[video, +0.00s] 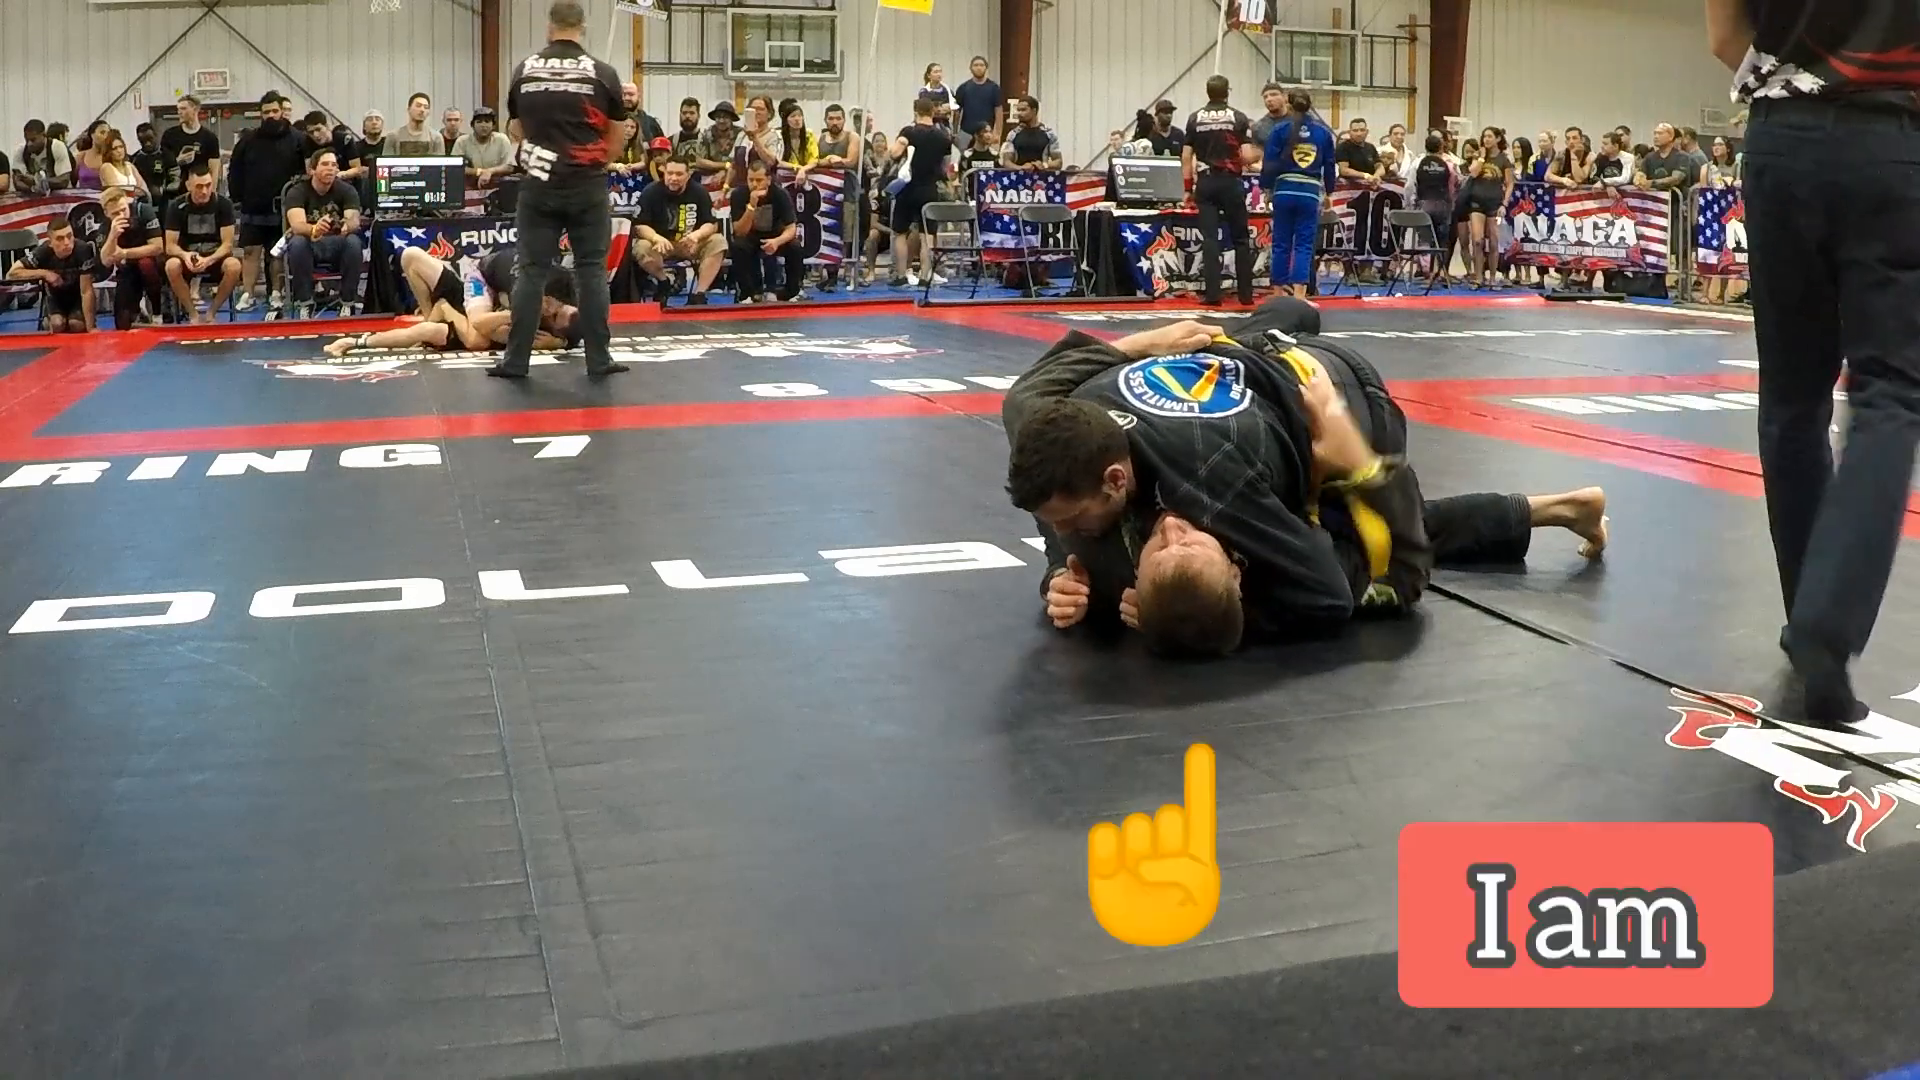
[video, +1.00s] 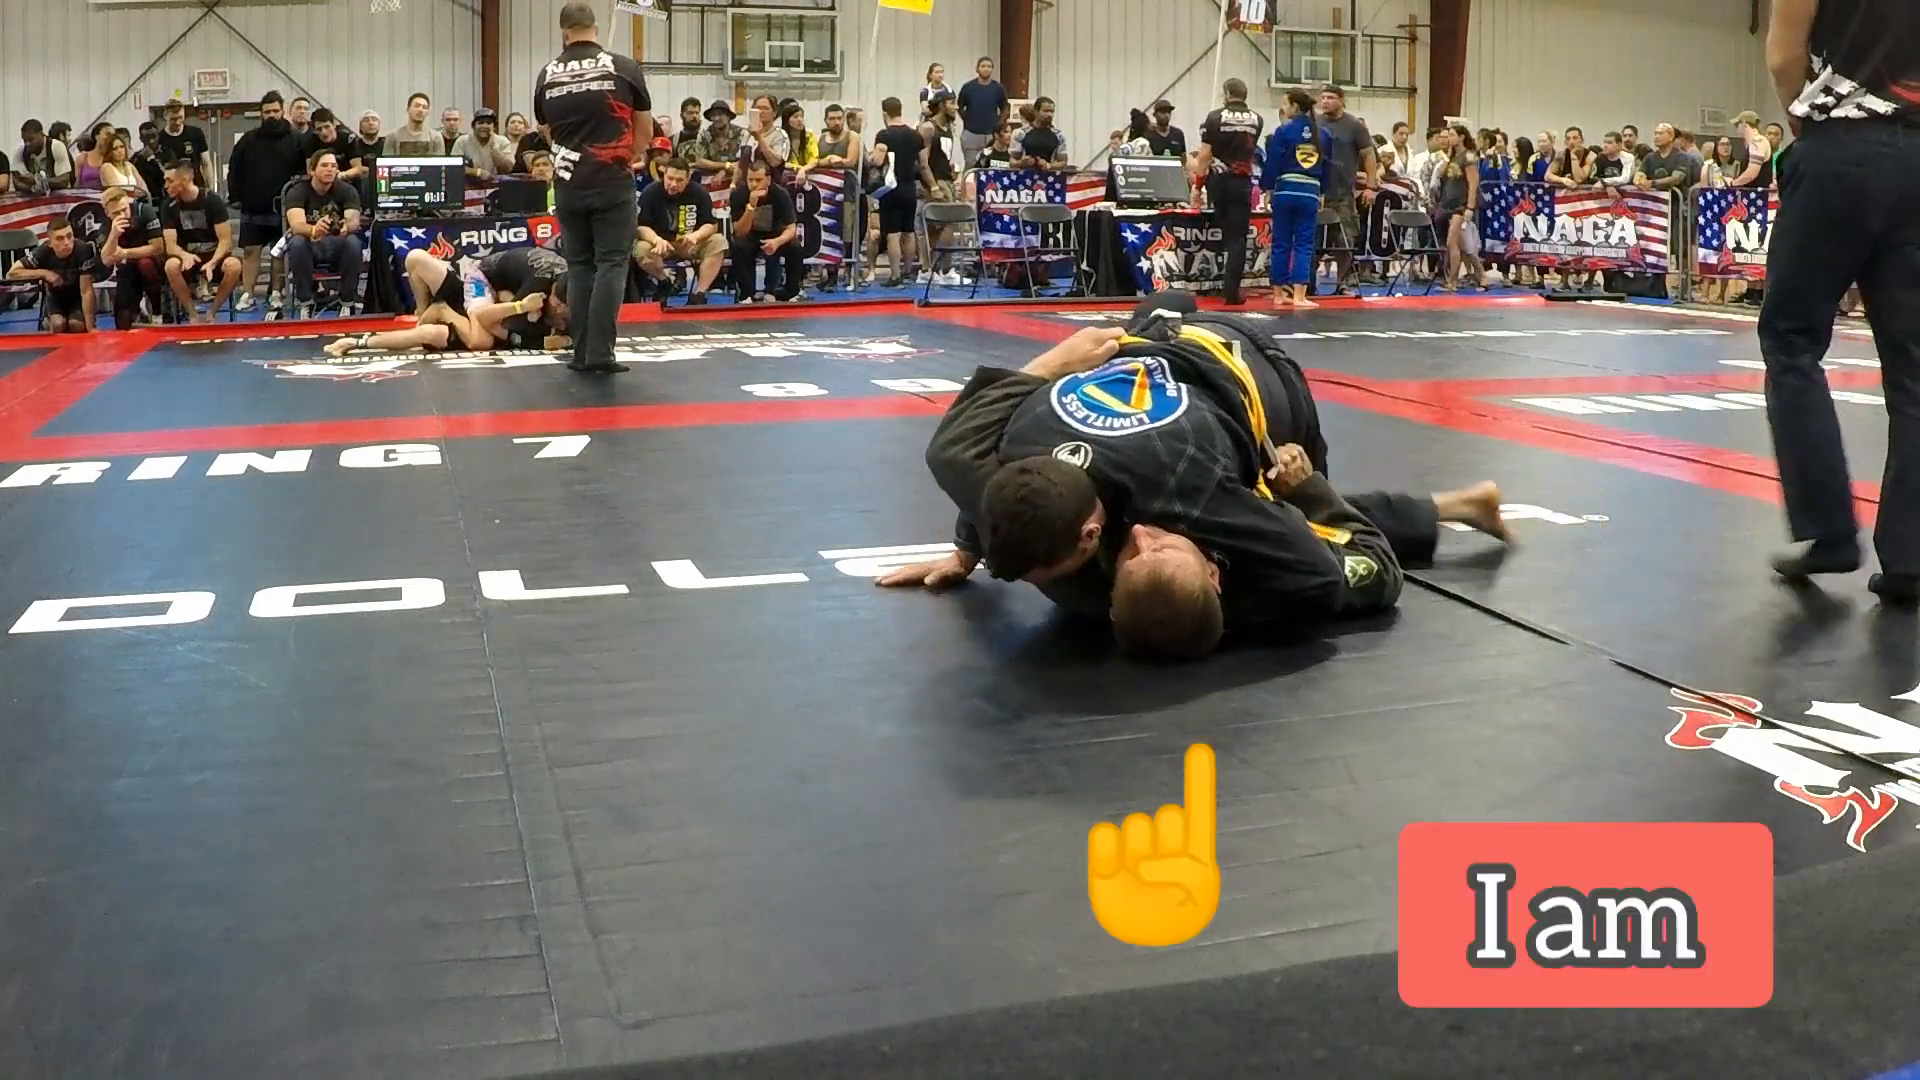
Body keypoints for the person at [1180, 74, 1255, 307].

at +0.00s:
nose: (1225, 94)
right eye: (1226, 90)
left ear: (1207, 93)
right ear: (1227, 93)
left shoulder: (1194, 119)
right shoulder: (1239, 118)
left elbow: (1186, 157)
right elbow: (1248, 156)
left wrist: (1188, 189)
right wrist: (1236, 160)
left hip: (1205, 180)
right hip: (1231, 181)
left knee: (1209, 239)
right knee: (1241, 238)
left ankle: (1212, 295)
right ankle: (1245, 295)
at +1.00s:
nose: (1226, 96)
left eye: (1225, 93)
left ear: (1226, 95)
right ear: (1245, 96)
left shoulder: (1214, 117)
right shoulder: (1256, 119)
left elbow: (1204, 155)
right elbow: (1250, 149)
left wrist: (1197, 185)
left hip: (1218, 178)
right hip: (1242, 180)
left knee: (1230, 233)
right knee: (1238, 237)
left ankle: (1233, 285)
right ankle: (1232, 292)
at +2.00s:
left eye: (1236, 93)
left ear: (1232, 96)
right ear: (1251, 97)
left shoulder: (1221, 119)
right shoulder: (1261, 121)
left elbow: (1210, 155)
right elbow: (1259, 151)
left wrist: (1199, 170)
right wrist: (1246, 165)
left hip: (1220, 178)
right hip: (1244, 182)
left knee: (1210, 198)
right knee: (1238, 239)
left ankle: (1227, 222)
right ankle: (1231, 292)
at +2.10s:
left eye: (1235, 94)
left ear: (1232, 97)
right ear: (1252, 98)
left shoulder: (1221, 120)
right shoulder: (1261, 122)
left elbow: (1210, 154)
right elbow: (1259, 152)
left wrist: (1200, 172)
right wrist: (1247, 164)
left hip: (1220, 178)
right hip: (1244, 182)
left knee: (1206, 197)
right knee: (1239, 239)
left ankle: (1228, 221)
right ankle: (1231, 292)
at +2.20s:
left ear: (1230, 97)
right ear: (1250, 97)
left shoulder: (1221, 120)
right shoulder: (1261, 121)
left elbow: (1210, 155)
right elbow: (1259, 152)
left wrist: (1198, 159)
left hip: (1222, 179)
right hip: (1245, 183)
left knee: (1205, 197)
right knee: (1239, 239)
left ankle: (1228, 222)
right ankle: (1231, 292)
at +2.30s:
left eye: (1231, 95)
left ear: (1230, 97)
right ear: (1250, 97)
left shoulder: (1221, 120)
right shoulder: (1261, 120)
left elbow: (1209, 148)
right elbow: (1258, 147)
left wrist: (1206, 136)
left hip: (1224, 180)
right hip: (1247, 183)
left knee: (1206, 197)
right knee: (1240, 239)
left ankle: (1230, 223)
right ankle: (1232, 293)